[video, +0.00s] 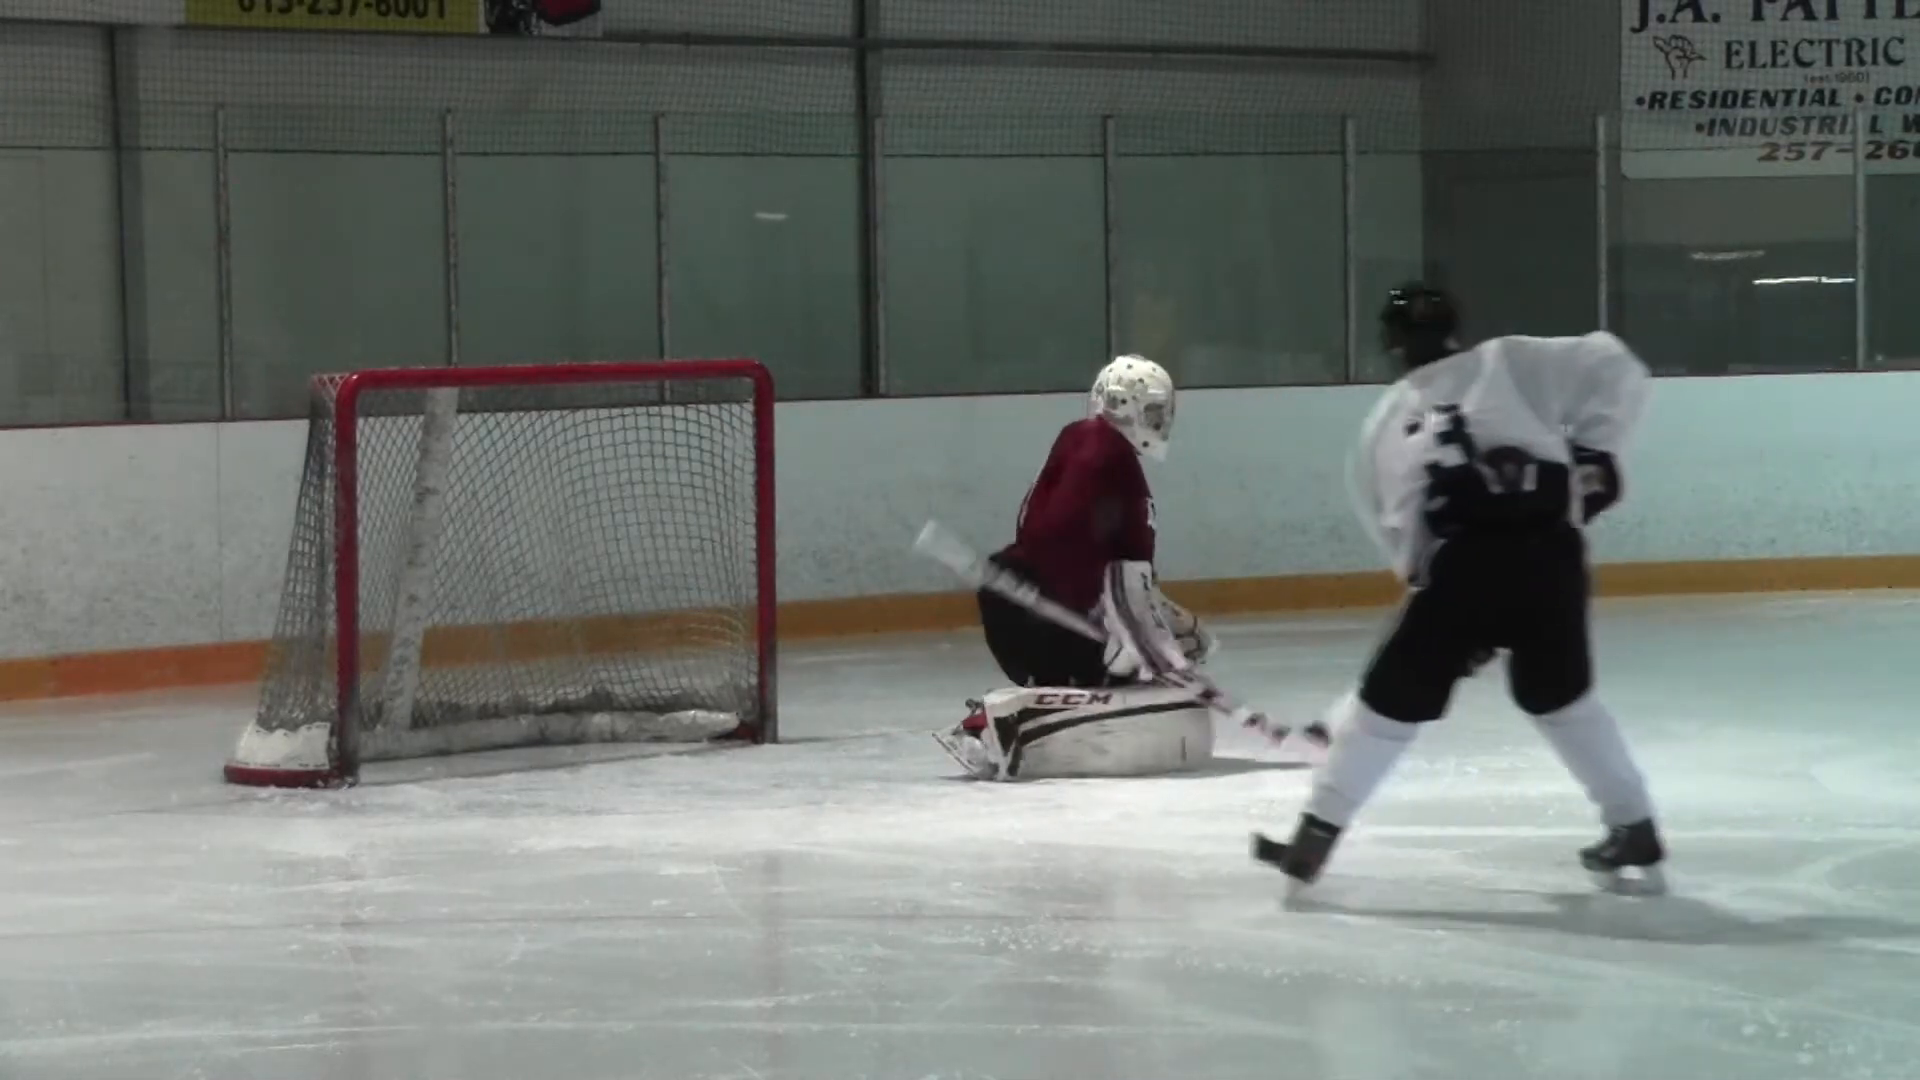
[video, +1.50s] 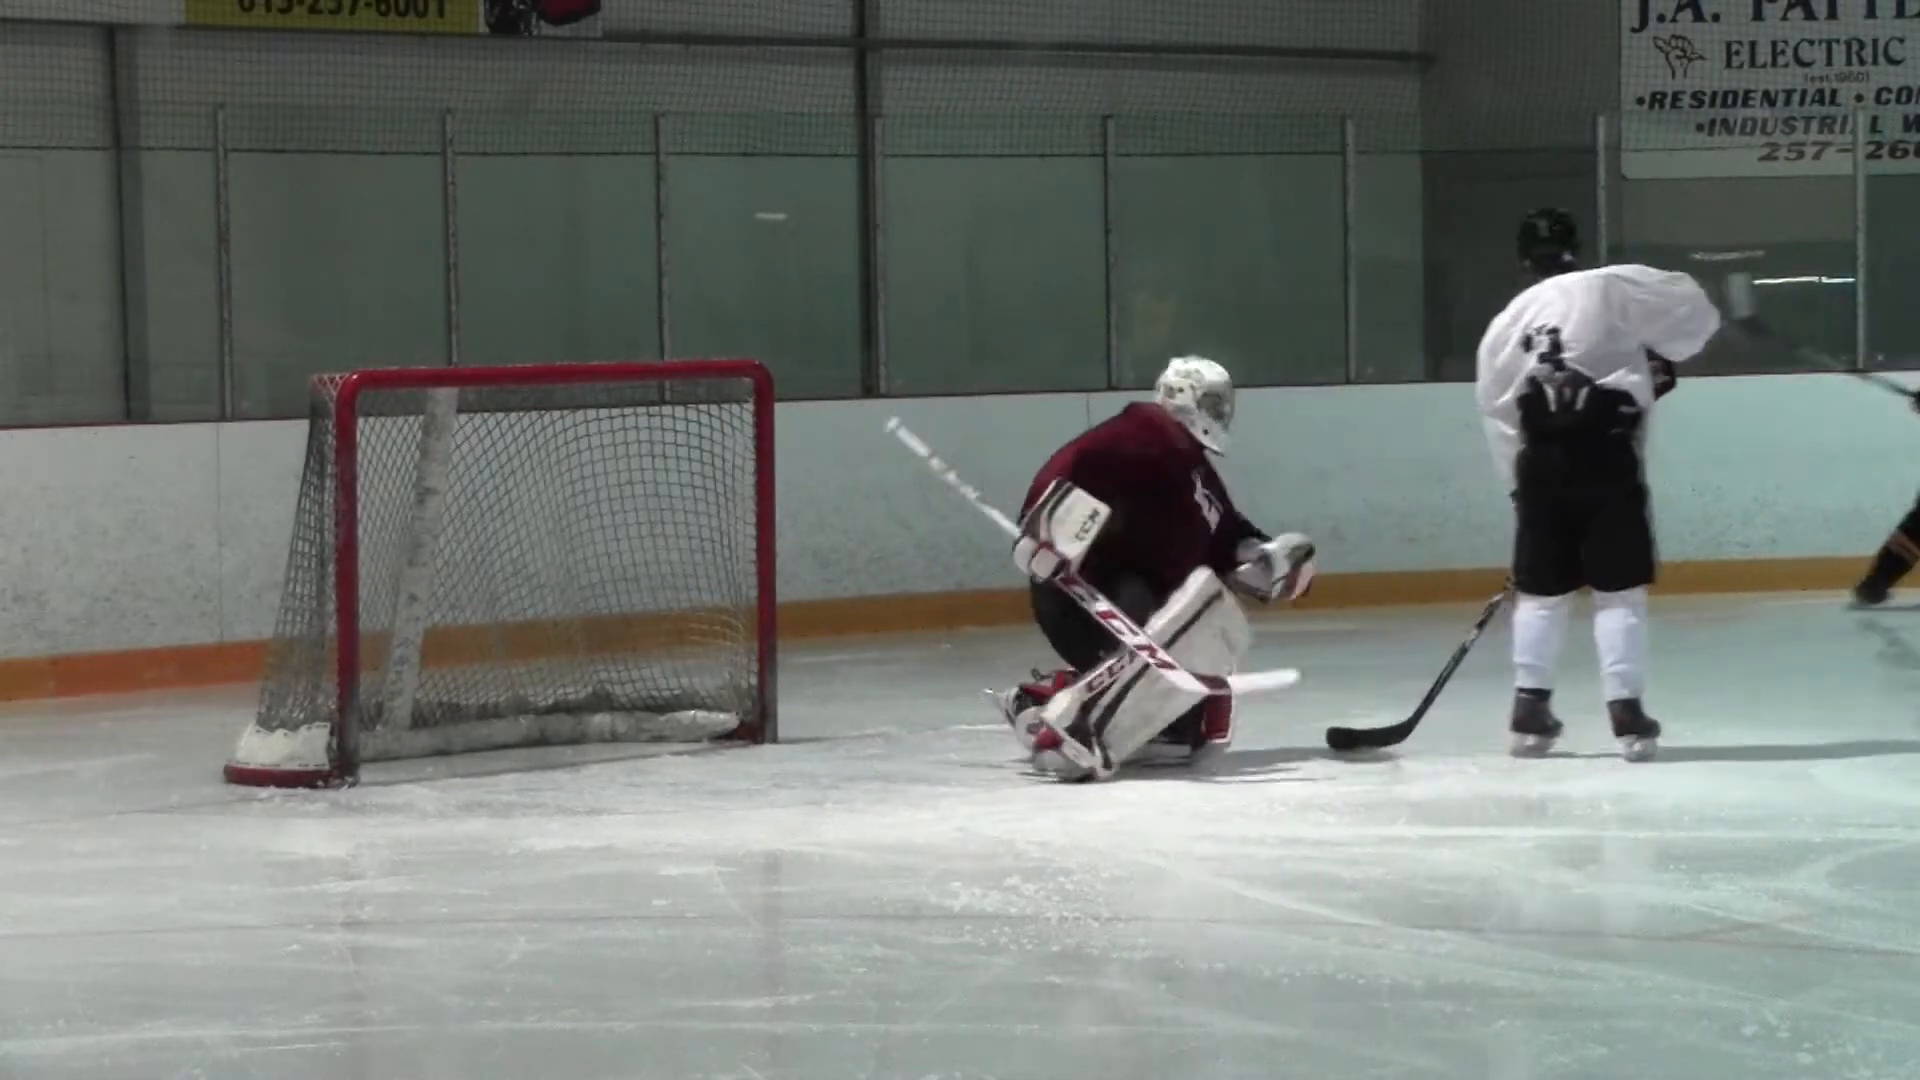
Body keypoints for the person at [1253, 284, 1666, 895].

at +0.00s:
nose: (1392, 349)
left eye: (1392, 340)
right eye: (1398, 339)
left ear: (1395, 345)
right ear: (1451, 331)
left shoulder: (1386, 423)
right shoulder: (1510, 360)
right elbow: (1613, 363)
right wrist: (1598, 450)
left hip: (1464, 573)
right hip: (1551, 559)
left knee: (1390, 702)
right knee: (1558, 693)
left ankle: (1312, 839)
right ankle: (1635, 829)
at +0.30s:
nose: (1232, 349)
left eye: (1232, 340)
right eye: (1234, 339)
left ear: (1238, 344)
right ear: (1298, 328)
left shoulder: (1218, 421)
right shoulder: (1355, 349)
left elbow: (1238, 531)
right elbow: (1452, 361)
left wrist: (1264, 589)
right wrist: (1424, 444)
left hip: (1305, 543)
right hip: (1391, 534)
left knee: (1241, 676)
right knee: (1392, 670)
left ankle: (1186, 795)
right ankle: (1457, 795)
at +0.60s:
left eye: (1182, 334)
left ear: (1177, 341)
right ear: (1235, 325)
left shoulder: (1161, 412)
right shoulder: (1277, 346)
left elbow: (1172, 511)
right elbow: (1362, 337)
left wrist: (1198, 553)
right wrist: (1357, 416)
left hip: (1221, 549)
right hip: (1306, 542)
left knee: (1158, 660)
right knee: (1319, 652)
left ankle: (1106, 767)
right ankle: (1348, 768)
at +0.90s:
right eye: (1336, 312)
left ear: (1283, 330)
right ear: (1335, 313)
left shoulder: (1266, 387)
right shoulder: (1358, 333)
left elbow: (1242, 479)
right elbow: (1419, 316)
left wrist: (1245, 550)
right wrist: (1423, 401)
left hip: (1276, 530)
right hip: (1345, 523)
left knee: (1244, 646)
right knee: (1407, 632)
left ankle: (1192, 747)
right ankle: (1421, 746)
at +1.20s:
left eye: (1421, 286)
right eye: (1456, 278)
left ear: (1410, 289)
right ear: (1461, 279)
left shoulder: (1391, 350)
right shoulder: (1488, 303)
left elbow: (1382, 434)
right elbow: (1568, 292)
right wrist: (1558, 370)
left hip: (1421, 486)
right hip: (1489, 477)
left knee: (1415, 606)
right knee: (1518, 602)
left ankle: (1388, 726)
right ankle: (1530, 730)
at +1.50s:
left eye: (1538, 257)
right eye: (1568, 251)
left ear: (1525, 260)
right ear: (1575, 250)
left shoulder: (1504, 325)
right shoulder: (1611, 285)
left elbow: (1499, 417)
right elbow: (1696, 309)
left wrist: (1519, 485)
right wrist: (1663, 364)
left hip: (1542, 464)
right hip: (1609, 457)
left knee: (1540, 587)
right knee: (1618, 587)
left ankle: (1530, 707)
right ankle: (1625, 708)